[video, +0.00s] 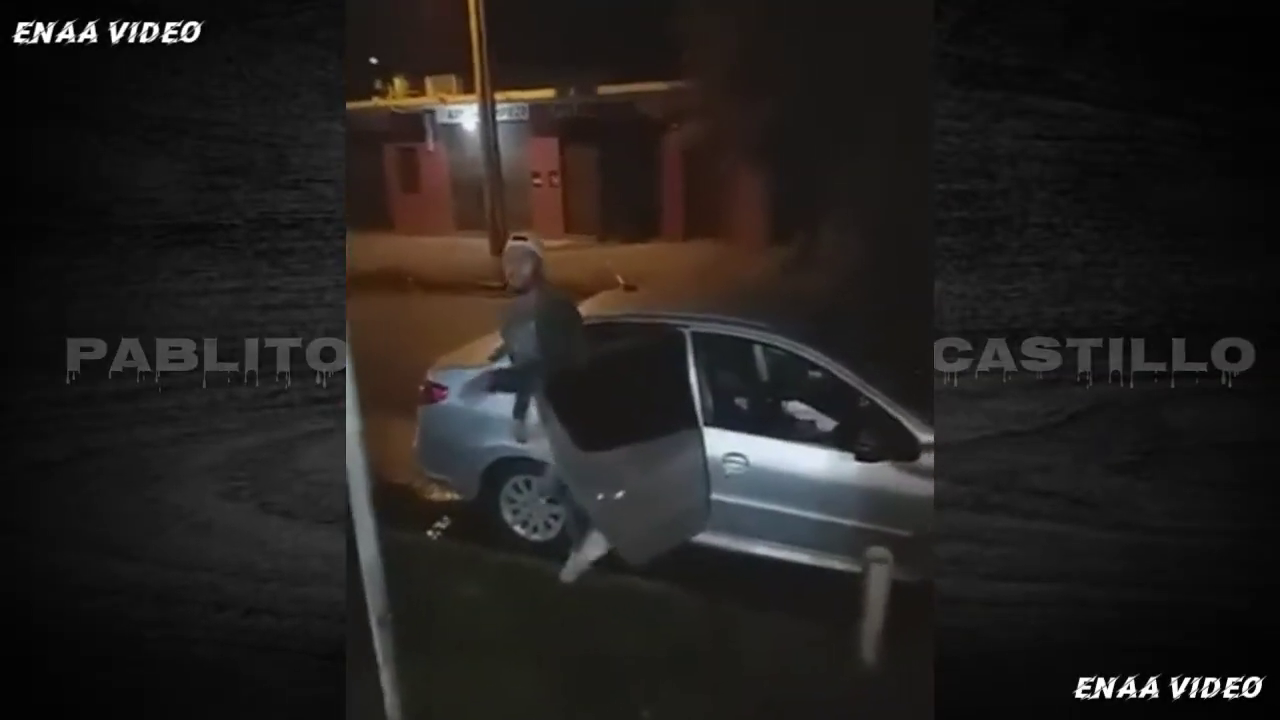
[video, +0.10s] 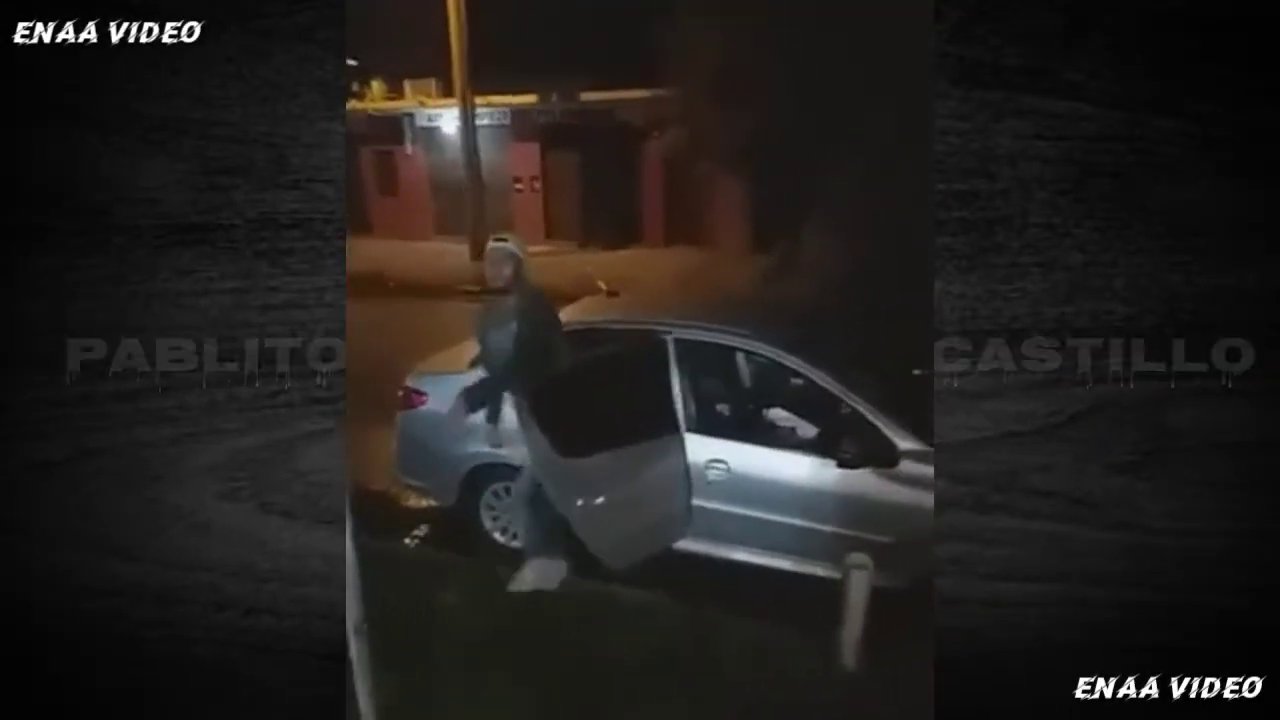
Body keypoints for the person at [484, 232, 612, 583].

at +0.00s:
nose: (510, 271)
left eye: (517, 264)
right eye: (507, 264)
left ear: (534, 265)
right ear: (506, 269)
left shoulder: (554, 308)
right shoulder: (516, 310)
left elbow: (549, 365)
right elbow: (523, 359)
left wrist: (501, 381)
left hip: (570, 400)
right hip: (544, 402)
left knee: (570, 470)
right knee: (563, 470)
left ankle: (588, 536)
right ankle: (582, 538)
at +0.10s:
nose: (493, 270)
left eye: (500, 262)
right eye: (489, 263)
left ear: (516, 266)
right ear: (484, 268)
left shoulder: (532, 306)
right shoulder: (495, 307)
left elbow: (524, 365)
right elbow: (499, 353)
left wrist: (475, 395)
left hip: (557, 403)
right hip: (529, 401)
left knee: (540, 478)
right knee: (543, 474)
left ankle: (545, 557)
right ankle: (548, 555)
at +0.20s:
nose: (477, 275)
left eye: (484, 267)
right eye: (472, 267)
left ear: (498, 270)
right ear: (465, 273)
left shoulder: (517, 309)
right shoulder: (467, 317)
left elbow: (526, 365)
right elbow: (472, 370)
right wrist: (471, 411)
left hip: (525, 407)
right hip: (490, 408)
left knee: (513, 481)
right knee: (518, 481)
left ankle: (500, 562)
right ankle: (541, 561)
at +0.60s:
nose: (479, 283)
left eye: (486, 275)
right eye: (474, 275)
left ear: (501, 280)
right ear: (468, 281)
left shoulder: (523, 321)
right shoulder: (457, 326)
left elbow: (566, 371)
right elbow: (437, 372)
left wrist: (535, 411)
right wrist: (437, 383)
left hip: (523, 429)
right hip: (488, 428)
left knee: (506, 509)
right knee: (512, 501)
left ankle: (510, 581)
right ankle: (545, 557)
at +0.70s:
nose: (490, 282)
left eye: (497, 273)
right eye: (484, 274)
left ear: (512, 276)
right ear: (478, 278)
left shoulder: (533, 318)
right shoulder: (472, 321)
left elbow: (576, 364)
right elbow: (439, 373)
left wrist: (547, 409)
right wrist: (458, 333)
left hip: (529, 431)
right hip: (494, 430)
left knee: (522, 515)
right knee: (496, 511)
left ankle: (522, 580)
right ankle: (521, 554)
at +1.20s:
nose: (501, 296)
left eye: (508, 288)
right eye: (495, 287)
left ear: (519, 293)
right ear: (483, 292)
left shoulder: (535, 330)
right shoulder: (466, 331)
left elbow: (572, 364)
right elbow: (469, 381)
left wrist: (558, 409)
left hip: (521, 441)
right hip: (476, 440)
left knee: (527, 522)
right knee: (483, 519)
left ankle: (541, 593)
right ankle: (487, 576)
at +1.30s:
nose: (506, 298)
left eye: (511, 290)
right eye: (499, 290)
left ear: (518, 294)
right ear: (481, 295)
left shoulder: (527, 330)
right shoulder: (463, 331)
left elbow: (562, 362)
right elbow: (457, 386)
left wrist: (552, 409)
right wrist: (449, 432)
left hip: (514, 443)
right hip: (470, 442)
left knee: (520, 522)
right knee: (477, 520)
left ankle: (533, 592)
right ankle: (482, 575)